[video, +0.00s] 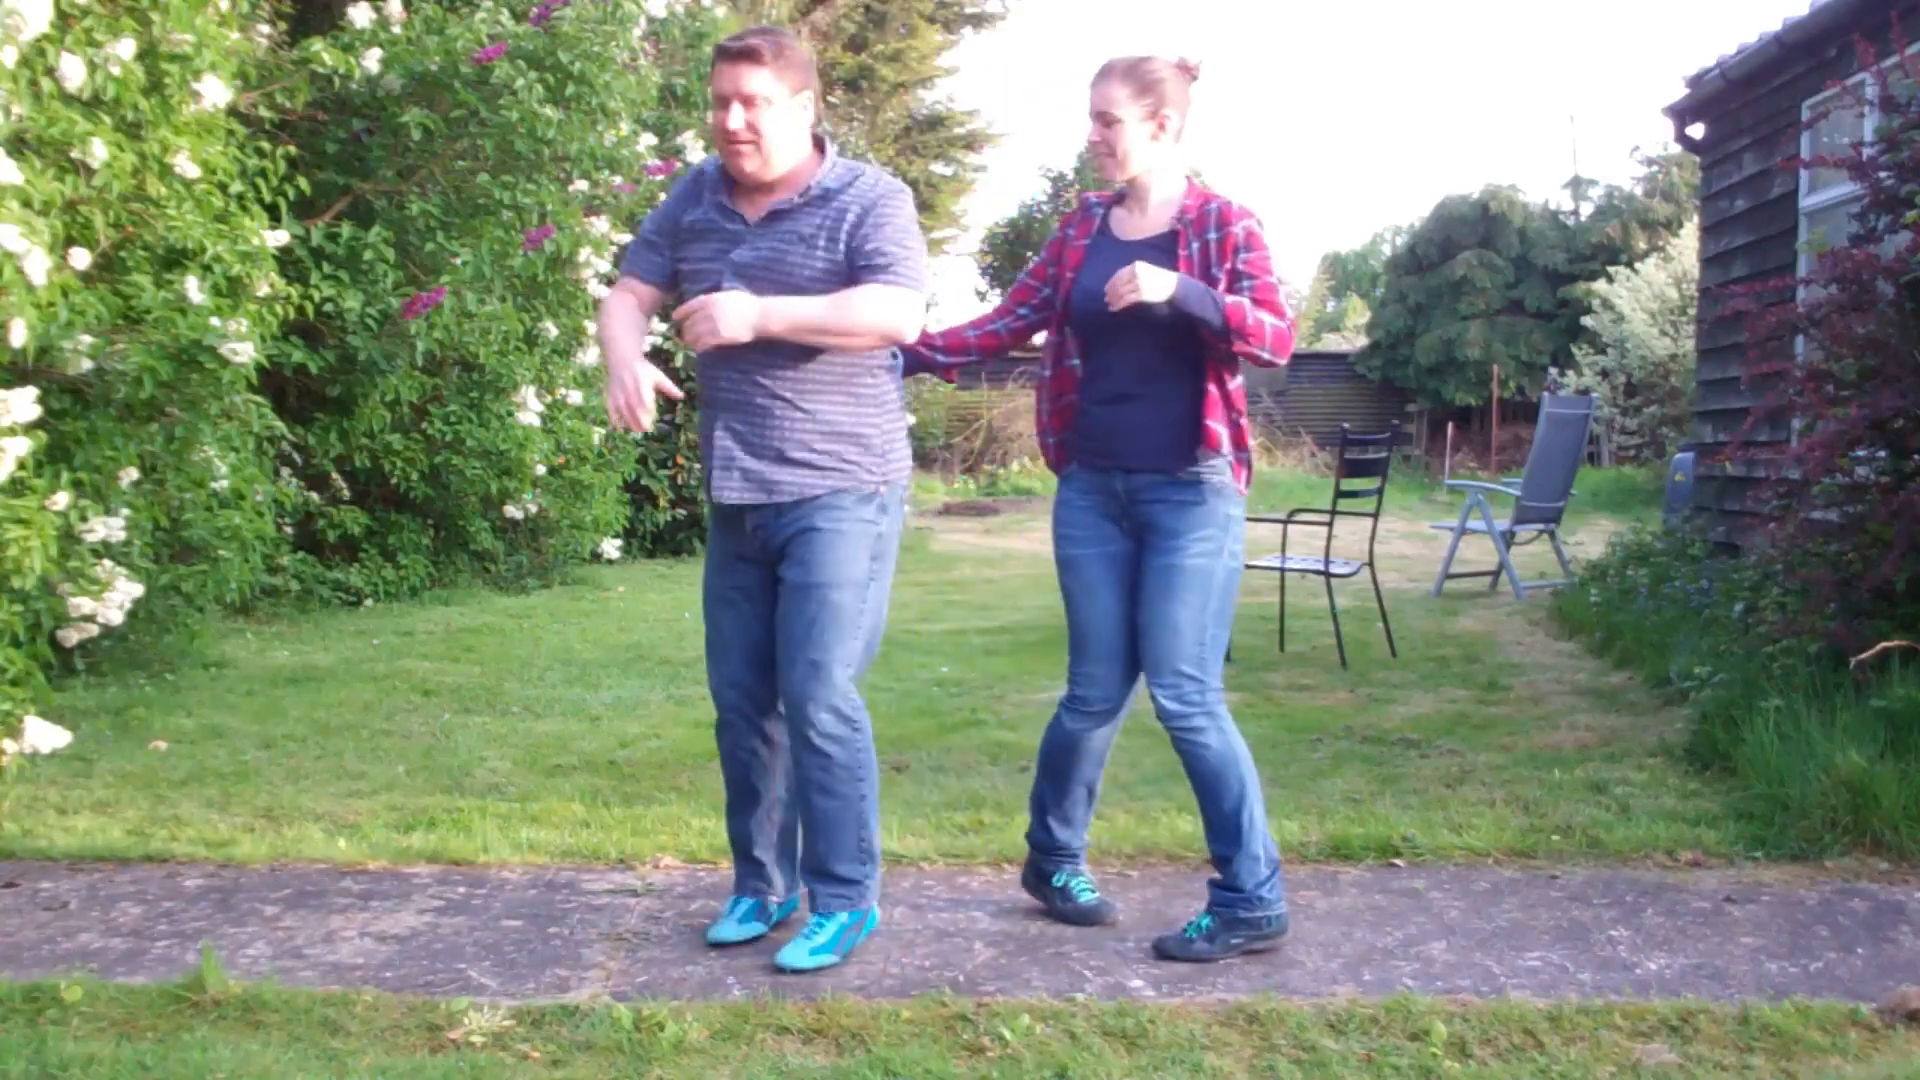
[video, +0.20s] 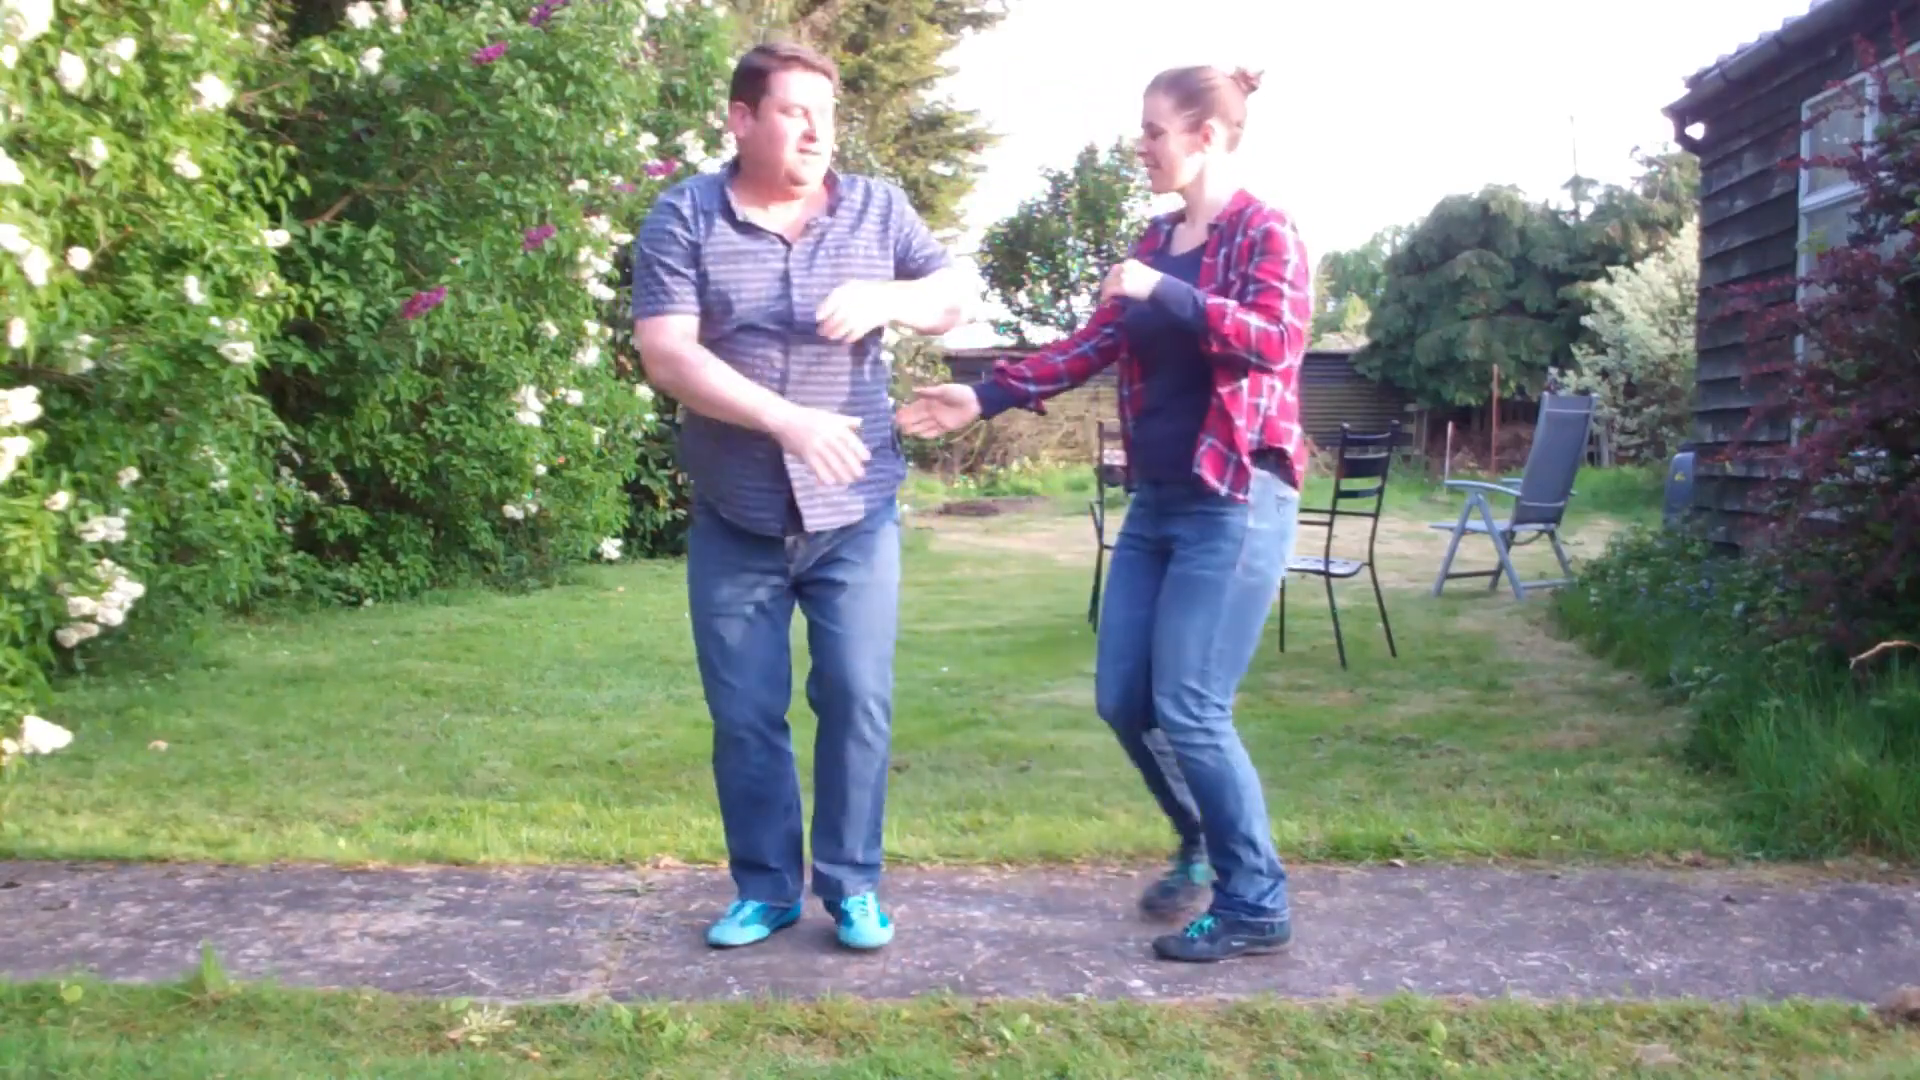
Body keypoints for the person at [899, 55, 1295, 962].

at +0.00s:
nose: (1092, 140)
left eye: (1108, 123)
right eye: (1090, 124)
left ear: (1165, 126)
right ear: (1099, 130)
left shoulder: (1223, 224)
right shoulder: (1082, 228)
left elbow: (1276, 337)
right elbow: (1010, 323)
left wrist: (1173, 287)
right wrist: (904, 348)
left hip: (1194, 490)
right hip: (1089, 488)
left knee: (1184, 691)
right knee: (1094, 693)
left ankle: (1253, 898)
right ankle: (1052, 861)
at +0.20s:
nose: (1143, 149)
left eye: (1157, 134)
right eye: (1143, 134)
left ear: (1212, 136)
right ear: (1176, 138)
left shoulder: (1265, 234)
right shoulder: (1154, 248)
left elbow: (1275, 341)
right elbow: (1084, 351)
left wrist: (1164, 291)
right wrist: (981, 394)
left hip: (1240, 499)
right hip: (1155, 501)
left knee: (1188, 704)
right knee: (1125, 699)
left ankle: (1256, 906)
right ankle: (1204, 846)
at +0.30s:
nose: (1166, 150)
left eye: (1181, 135)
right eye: (1167, 135)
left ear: (1235, 142)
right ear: (1209, 145)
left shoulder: (1285, 237)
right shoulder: (1185, 252)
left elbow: (1274, 354)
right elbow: (1116, 354)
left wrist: (1159, 304)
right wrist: (1017, 397)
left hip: (1259, 494)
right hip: (1193, 496)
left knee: (1193, 701)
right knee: (1157, 700)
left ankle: (1253, 905)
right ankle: (1306, 815)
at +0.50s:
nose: (1208, 141)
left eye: (1222, 127)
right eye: (1211, 127)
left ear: (1274, 132)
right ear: (1262, 133)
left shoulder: (1318, 226)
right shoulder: (1240, 242)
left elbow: (1273, 345)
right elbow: (1172, 348)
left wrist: (1163, 303)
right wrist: (1079, 387)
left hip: (1296, 487)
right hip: (1268, 487)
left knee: (1226, 695)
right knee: (1292, 699)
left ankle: (1252, 905)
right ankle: (1417, 849)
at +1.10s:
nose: (1233, 135)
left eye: (1245, 119)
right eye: (1235, 120)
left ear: (1293, 123)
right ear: (1278, 125)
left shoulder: (1345, 224)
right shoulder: (1267, 231)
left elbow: (1316, 353)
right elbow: (1192, 307)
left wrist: (1197, 349)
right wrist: (1112, 258)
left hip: (1323, 484)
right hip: (1268, 486)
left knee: (1287, 693)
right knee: (1233, 682)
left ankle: (1342, 890)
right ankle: (1373, 813)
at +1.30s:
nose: (1214, 135)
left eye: (1222, 118)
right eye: (1217, 120)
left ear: (1261, 120)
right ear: (1260, 122)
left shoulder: (1339, 225)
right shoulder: (1231, 213)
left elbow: (1310, 355)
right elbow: (1130, 215)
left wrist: (1175, 338)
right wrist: (1097, 133)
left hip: (1308, 482)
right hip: (1228, 484)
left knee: (1292, 692)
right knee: (1185, 681)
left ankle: (1345, 886)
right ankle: (1239, 868)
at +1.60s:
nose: (1181, 142)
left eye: (1188, 125)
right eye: (1183, 127)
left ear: (1226, 127)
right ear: (1231, 128)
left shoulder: (1290, 232)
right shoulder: (1199, 214)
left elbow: (1239, 354)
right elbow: (1110, 190)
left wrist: (1120, 311)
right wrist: (1092, 112)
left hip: (1247, 476)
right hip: (1187, 476)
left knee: (1180, 680)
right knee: (1170, 682)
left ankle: (1298, 849)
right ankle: (1222, 877)